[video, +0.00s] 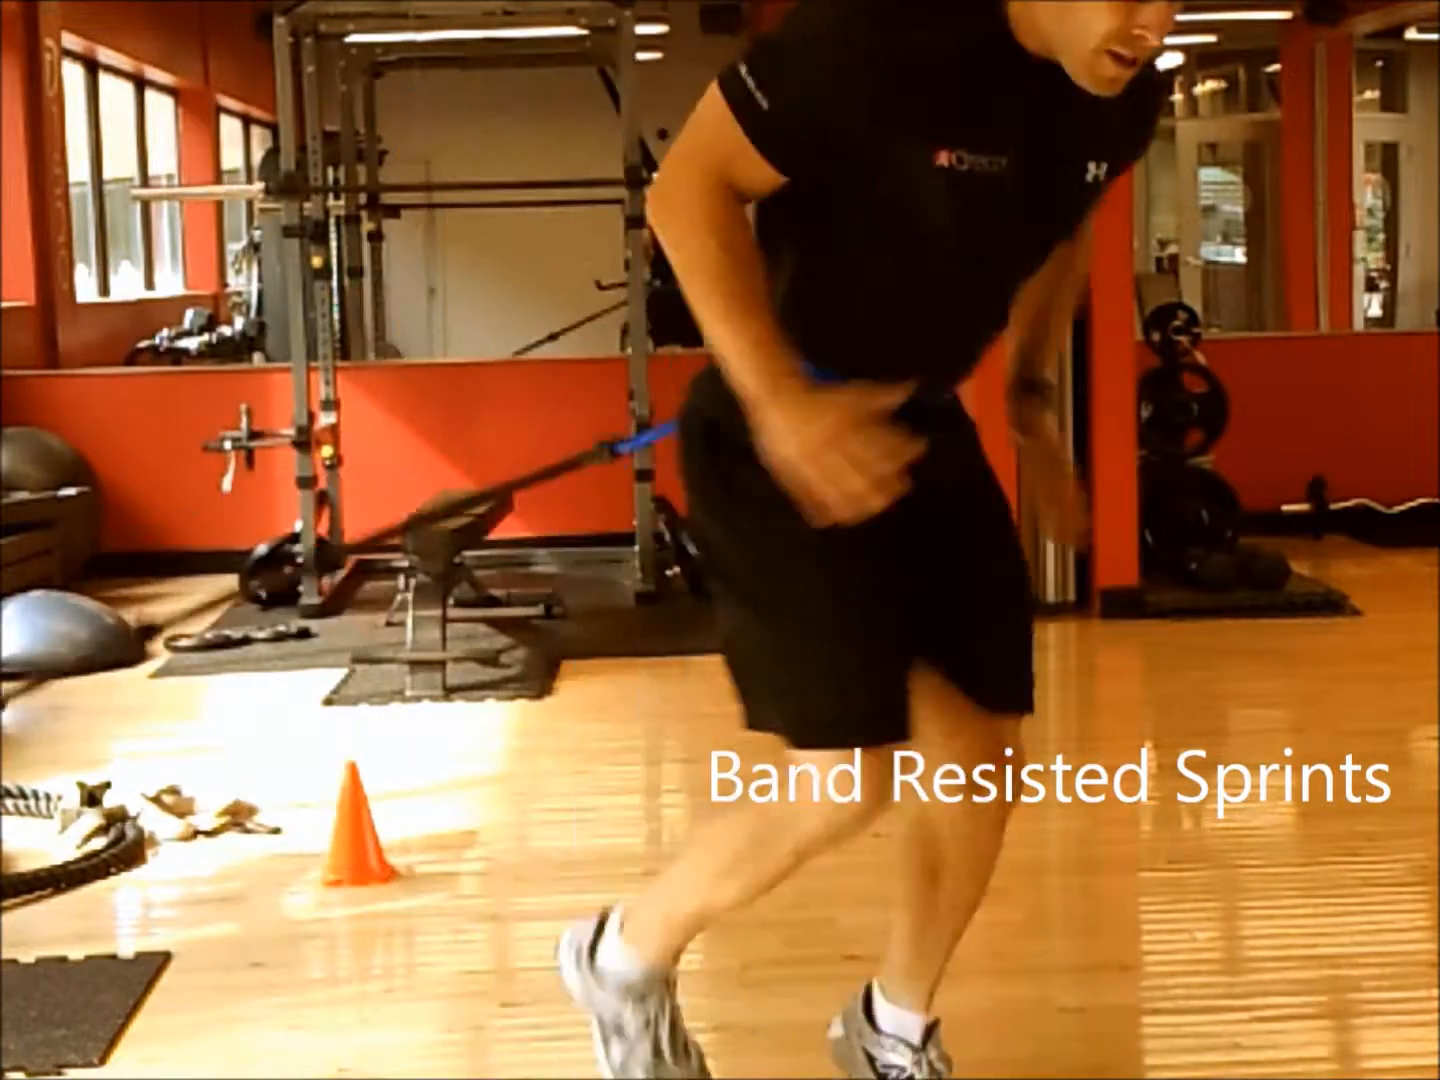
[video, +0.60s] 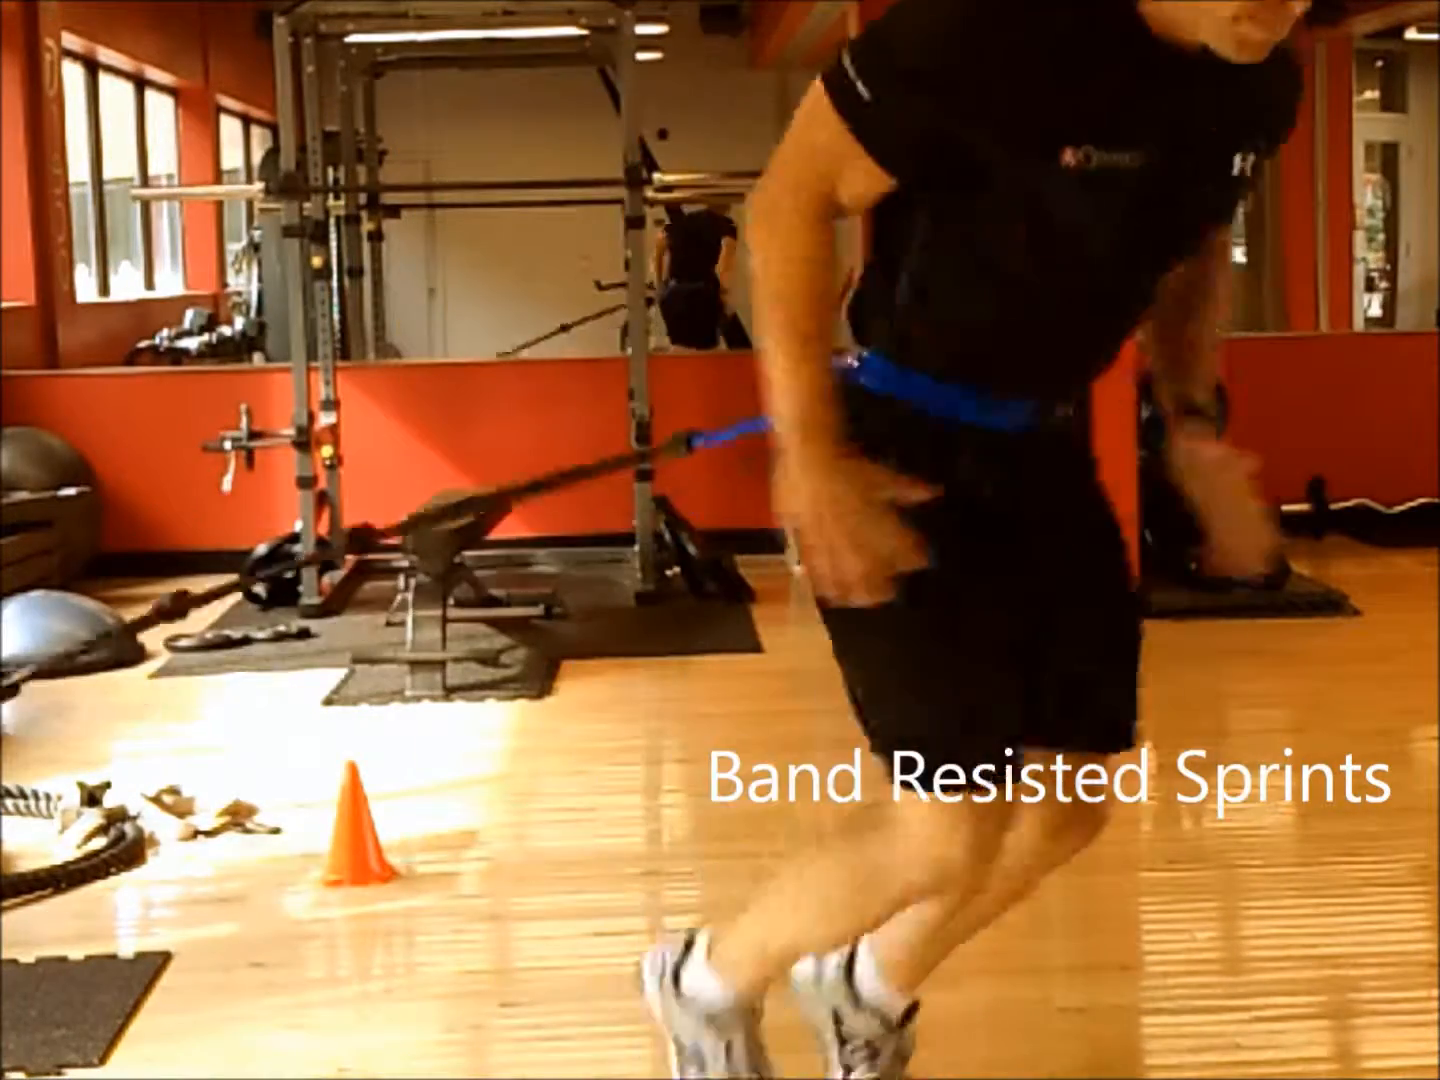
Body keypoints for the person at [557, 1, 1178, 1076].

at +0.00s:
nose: (1150, 27)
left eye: (1170, 5)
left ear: (1179, 10)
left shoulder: (1119, 103)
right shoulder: (872, 40)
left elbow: (1061, 237)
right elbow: (688, 186)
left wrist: (1030, 401)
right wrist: (780, 398)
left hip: (920, 416)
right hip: (772, 415)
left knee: (981, 745)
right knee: (844, 771)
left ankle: (893, 1025)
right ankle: (623, 955)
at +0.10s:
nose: (1186, 64)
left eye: (1205, 38)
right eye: (1165, 24)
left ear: (1210, 45)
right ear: (1069, 5)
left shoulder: (1156, 158)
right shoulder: (899, 85)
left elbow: (1176, 344)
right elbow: (666, 151)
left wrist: (1246, 446)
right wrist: (587, 356)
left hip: (968, 498)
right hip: (834, 491)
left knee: (967, 805)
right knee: (1006, 772)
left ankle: (861, 1058)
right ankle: (713, 797)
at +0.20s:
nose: (1217, 23)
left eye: (1238, 4)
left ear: (1251, 12)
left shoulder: (1201, 108)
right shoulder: (929, 37)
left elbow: (1205, 274)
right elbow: (696, 103)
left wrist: (1281, 334)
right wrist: (636, 331)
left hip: (995, 456)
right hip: (860, 444)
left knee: (951, 774)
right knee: (1009, 775)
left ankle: (870, 1037)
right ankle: (770, 902)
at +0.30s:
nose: (1227, 1)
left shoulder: (1214, 62)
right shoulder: (938, 27)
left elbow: (1167, 222)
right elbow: (740, 163)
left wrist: (1182, 405)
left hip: (1029, 436)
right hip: (869, 435)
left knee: (1098, 780)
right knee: (886, 809)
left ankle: (885, 924)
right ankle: (766, 1062)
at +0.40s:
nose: (1228, 56)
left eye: (1240, 25)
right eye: (1207, 16)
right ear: (1104, 2)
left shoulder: (1173, 114)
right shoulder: (960, 87)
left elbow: (1072, 289)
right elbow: (863, 330)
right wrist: (1123, 314)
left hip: (1020, 508)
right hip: (863, 515)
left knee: (1237, 768)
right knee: (822, 875)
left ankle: (960, 752)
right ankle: (725, 1072)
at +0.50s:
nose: (1272, 25)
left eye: (1288, 1)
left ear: (1301, 4)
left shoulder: (1219, 79)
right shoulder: (983, 47)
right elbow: (849, 287)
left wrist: (1179, 308)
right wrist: (1092, 347)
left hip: (1041, 464)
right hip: (879, 458)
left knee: (1198, 767)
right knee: (833, 818)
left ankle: (931, 840)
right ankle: (729, 1067)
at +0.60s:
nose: (1287, 19)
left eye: (1304, 2)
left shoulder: (1259, 86)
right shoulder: (980, 31)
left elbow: (1190, 252)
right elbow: (792, 194)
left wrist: (1194, 431)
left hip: (1040, 441)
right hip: (893, 430)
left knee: (1071, 801)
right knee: (947, 824)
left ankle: (868, 989)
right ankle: (704, 982)